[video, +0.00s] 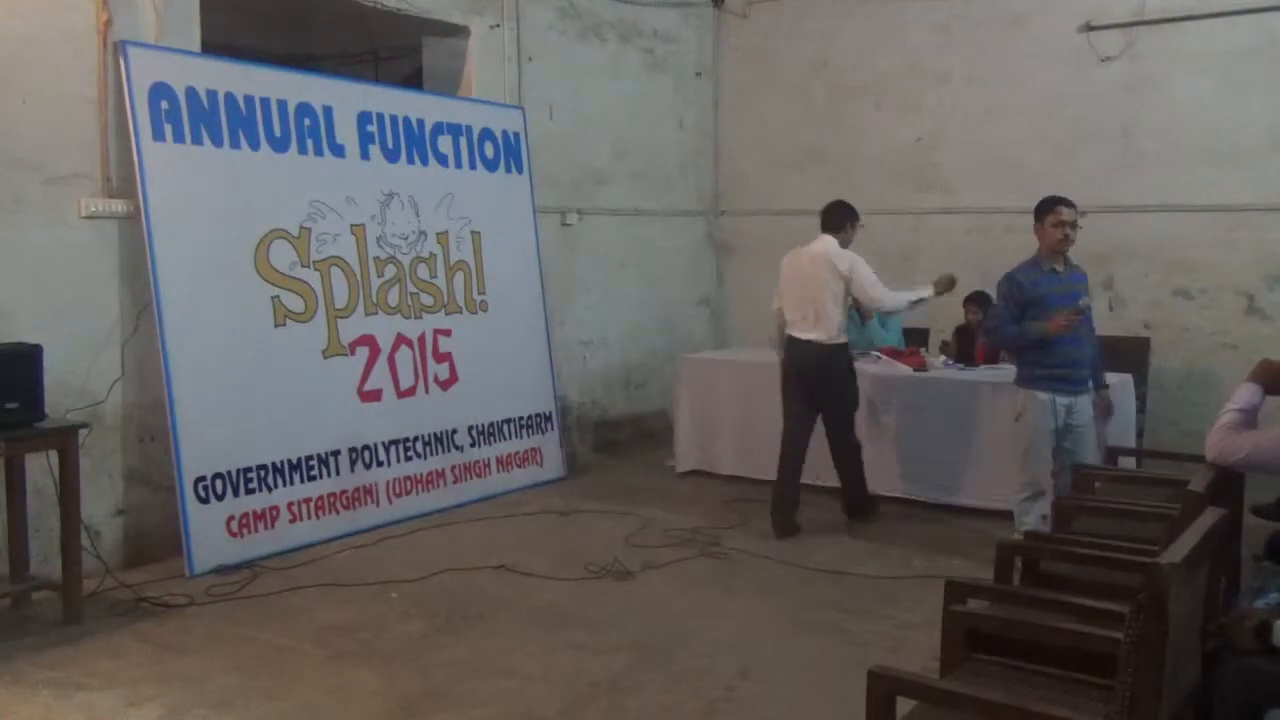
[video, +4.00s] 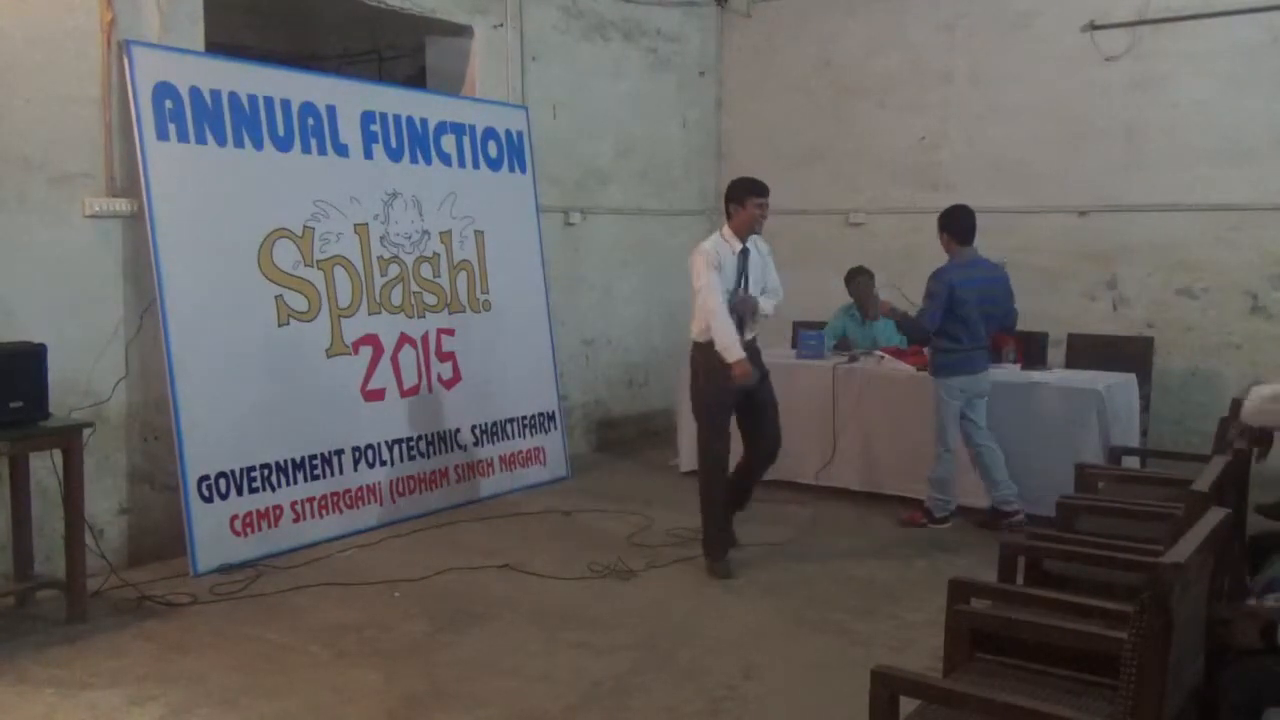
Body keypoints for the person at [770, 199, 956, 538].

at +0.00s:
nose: (855, 235)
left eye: (856, 228)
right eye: (855, 228)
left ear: (823, 224)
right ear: (846, 227)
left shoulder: (791, 259)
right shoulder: (845, 260)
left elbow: (779, 311)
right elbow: (879, 300)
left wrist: (785, 350)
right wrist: (930, 291)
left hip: (796, 356)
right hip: (832, 358)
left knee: (793, 439)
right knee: (842, 434)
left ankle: (782, 520)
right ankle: (858, 506)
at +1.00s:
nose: (883, 232)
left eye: (883, 226)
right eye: (882, 225)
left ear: (865, 220)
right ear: (871, 222)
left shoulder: (865, 255)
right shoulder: (835, 251)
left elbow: (877, 300)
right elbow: (817, 295)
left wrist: (891, 342)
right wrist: (814, 337)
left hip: (852, 338)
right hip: (829, 337)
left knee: (849, 416)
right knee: (826, 418)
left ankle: (837, 489)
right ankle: (812, 500)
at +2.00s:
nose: (852, 235)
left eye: (852, 229)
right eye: (852, 229)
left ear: (825, 224)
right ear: (843, 228)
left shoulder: (819, 251)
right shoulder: (819, 251)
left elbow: (810, 302)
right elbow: (805, 301)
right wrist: (794, 351)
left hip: (798, 335)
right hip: (794, 336)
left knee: (799, 421)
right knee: (798, 422)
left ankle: (797, 498)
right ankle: (791, 503)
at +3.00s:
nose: (809, 228)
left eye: (811, 221)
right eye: (803, 221)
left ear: (809, 223)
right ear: (782, 221)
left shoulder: (811, 260)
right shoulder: (752, 258)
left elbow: (809, 310)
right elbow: (730, 308)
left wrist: (810, 352)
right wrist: (711, 356)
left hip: (796, 355)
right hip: (757, 355)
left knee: (795, 436)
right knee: (757, 436)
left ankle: (795, 515)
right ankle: (760, 512)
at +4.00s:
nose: (764, 216)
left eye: (766, 209)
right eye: (758, 208)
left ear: (760, 212)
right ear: (734, 209)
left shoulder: (760, 249)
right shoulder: (707, 253)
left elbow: (774, 297)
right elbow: (713, 309)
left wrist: (757, 305)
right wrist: (736, 358)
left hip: (748, 351)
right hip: (711, 355)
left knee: (765, 445)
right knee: (715, 454)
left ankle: (723, 511)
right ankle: (714, 550)